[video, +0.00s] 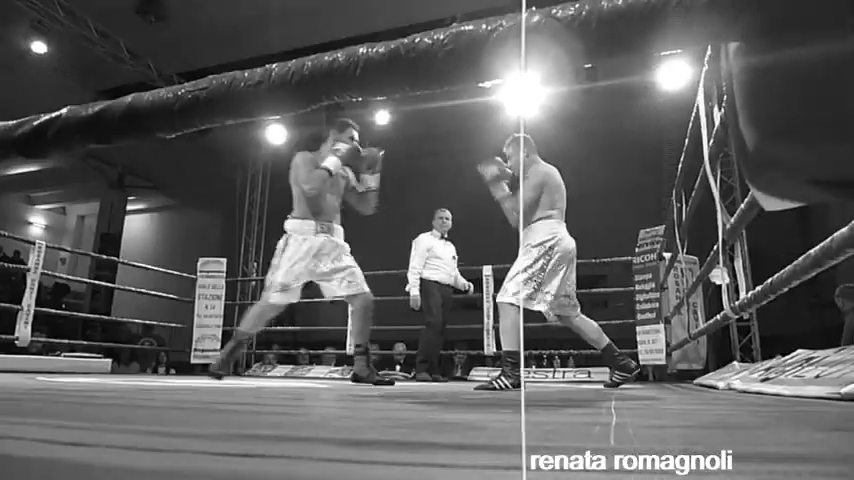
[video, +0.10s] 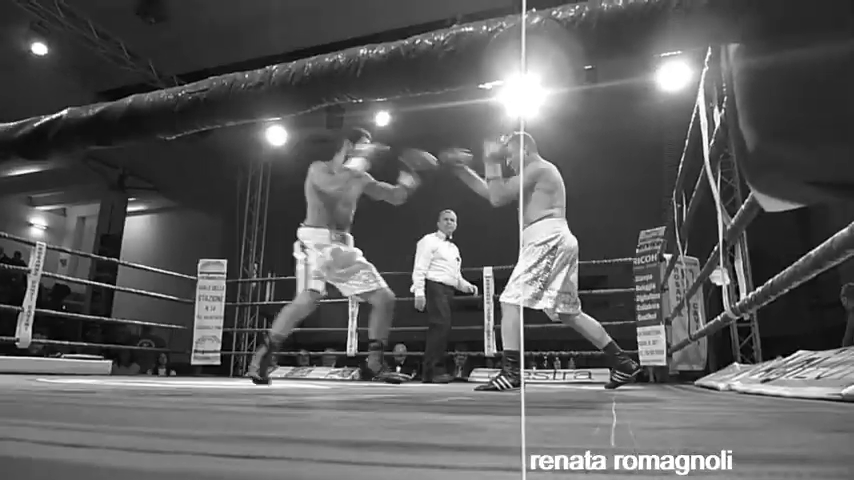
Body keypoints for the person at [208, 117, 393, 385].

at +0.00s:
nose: (351, 148)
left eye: (354, 143)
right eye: (347, 141)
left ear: (351, 147)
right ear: (331, 139)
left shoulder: (344, 174)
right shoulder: (304, 160)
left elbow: (367, 207)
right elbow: (310, 187)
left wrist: (371, 173)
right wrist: (335, 160)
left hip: (333, 245)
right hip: (299, 242)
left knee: (363, 300)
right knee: (273, 303)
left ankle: (362, 367)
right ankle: (227, 355)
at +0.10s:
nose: (365, 158)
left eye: (368, 154)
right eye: (362, 152)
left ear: (364, 157)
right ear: (346, 147)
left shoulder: (361, 178)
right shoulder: (318, 169)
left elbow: (395, 197)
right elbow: (330, 186)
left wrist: (407, 182)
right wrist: (355, 166)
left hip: (344, 249)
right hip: (313, 246)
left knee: (384, 298)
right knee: (307, 300)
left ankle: (374, 364)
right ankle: (262, 356)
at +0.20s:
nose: (397, 170)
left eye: (399, 167)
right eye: (393, 164)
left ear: (390, 168)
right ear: (375, 161)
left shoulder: (380, 197)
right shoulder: (352, 184)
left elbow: (377, 235)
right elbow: (375, 209)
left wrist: (404, 235)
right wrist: (401, 187)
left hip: (371, 263)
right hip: (343, 259)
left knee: (419, 306)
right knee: (320, 318)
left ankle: (437, 361)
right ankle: (268, 362)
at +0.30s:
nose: (430, 193)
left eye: (432, 189)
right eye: (428, 187)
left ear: (418, 185)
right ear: (416, 182)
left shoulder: (407, 205)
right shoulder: (397, 197)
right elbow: (414, 230)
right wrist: (428, 206)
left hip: (391, 273)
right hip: (371, 267)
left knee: (439, 316)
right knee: (339, 327)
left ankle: (462, 370)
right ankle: (276, 358)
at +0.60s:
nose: (458, 187)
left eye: (458, 183)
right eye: (454, 182)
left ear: (442, 185)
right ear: (439, 182)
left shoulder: (434, 215)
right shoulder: (425, 193)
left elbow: (438, 258)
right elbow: (434, 215)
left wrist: (455, 236)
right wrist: (461, 202)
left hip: (416, 265)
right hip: (397, 259)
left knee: (459, 305)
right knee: (388, 316)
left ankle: (466, 367)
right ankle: (324, 356)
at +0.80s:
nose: (439, 170)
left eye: (440, 165)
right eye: (435, 164)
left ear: (435, 168)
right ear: (417, 163)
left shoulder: (425, 199)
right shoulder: (389, 189)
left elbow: (433, 241)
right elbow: (397, 222)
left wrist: (447, 213)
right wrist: (425, 194)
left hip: (406, 263)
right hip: (379, 259)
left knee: (451, 307)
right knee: (370, 313)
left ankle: (465, 366)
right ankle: (324, 358)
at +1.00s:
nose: (406, 139)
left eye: (408, 134)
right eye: (402, 132)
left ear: (404, 139)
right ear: (384, 133)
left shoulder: (401, 171)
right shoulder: (361, 161)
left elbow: (422, 205)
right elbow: (377, 183)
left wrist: (424, 171)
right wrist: (405, 159)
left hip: (397, 240)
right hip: (366, 240)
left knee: (429, 297)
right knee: (348, 304)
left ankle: (443, 358)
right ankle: (318, 361)